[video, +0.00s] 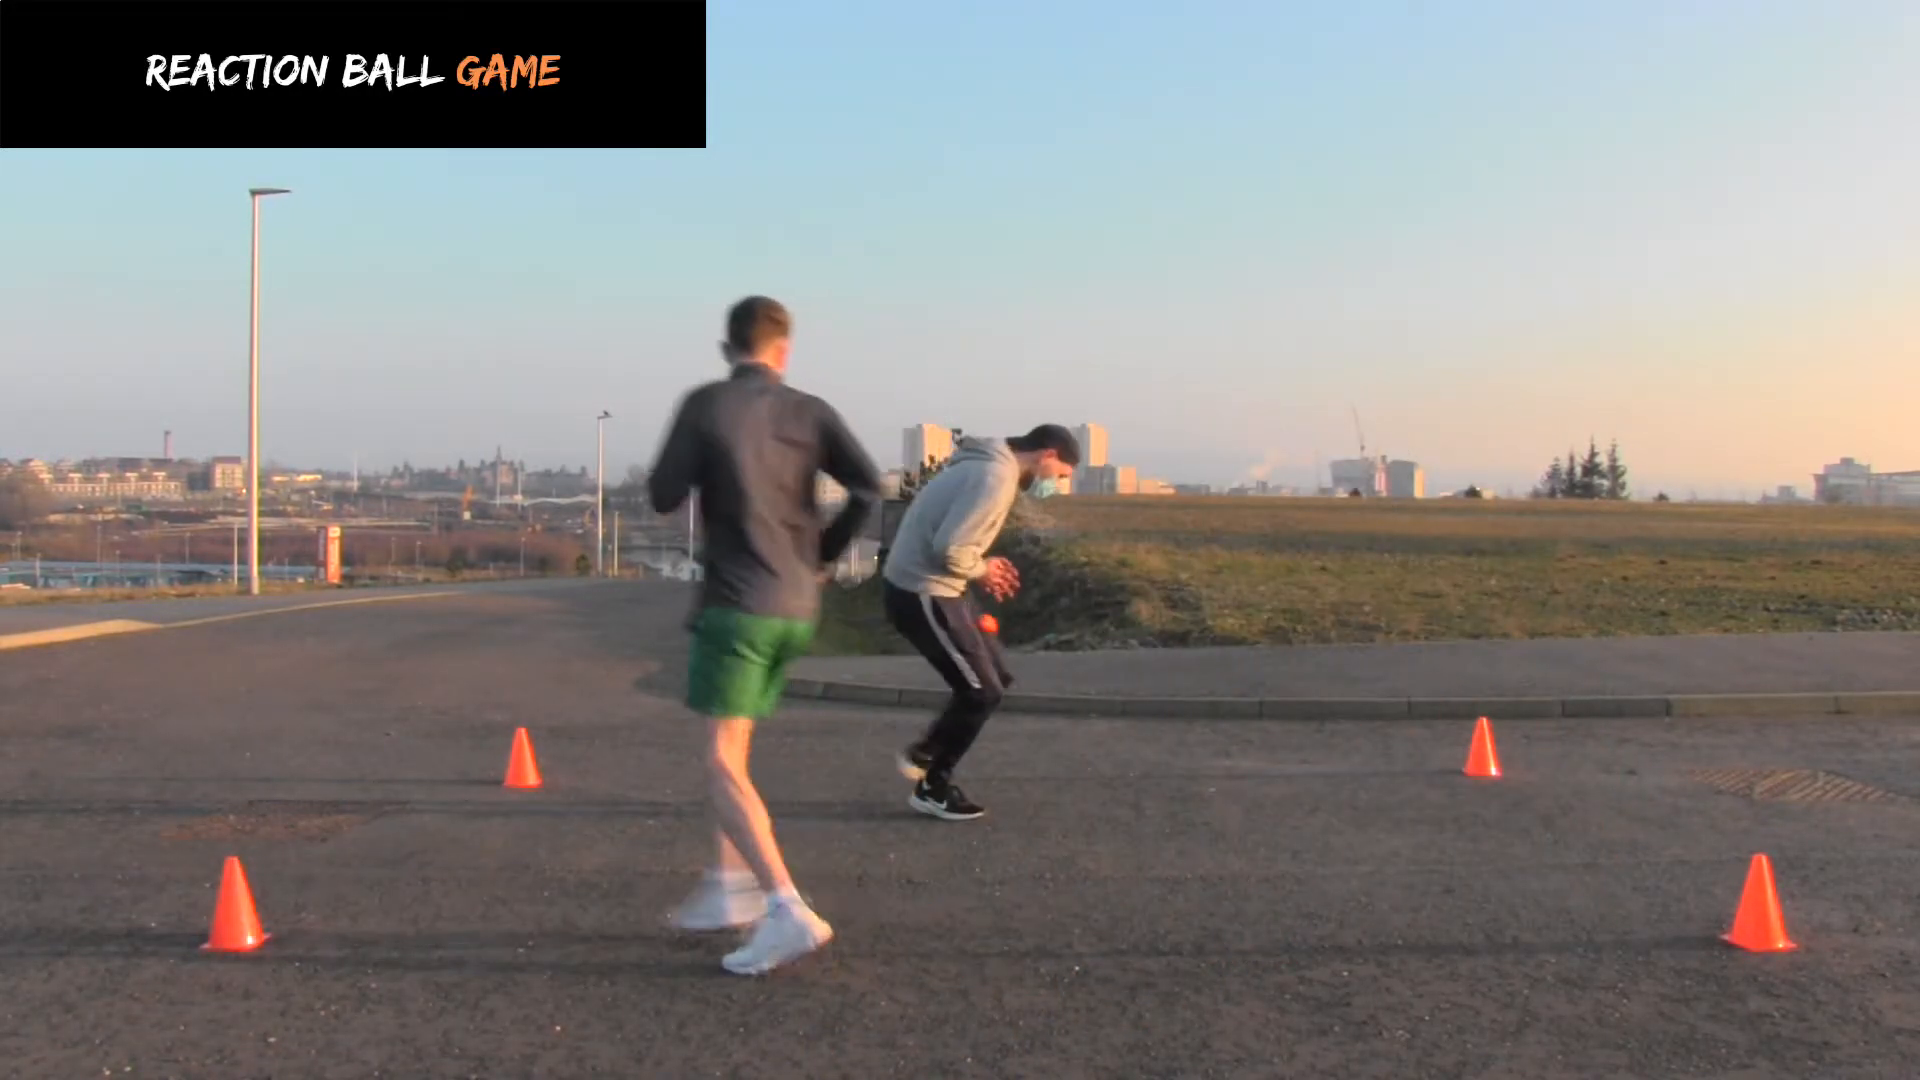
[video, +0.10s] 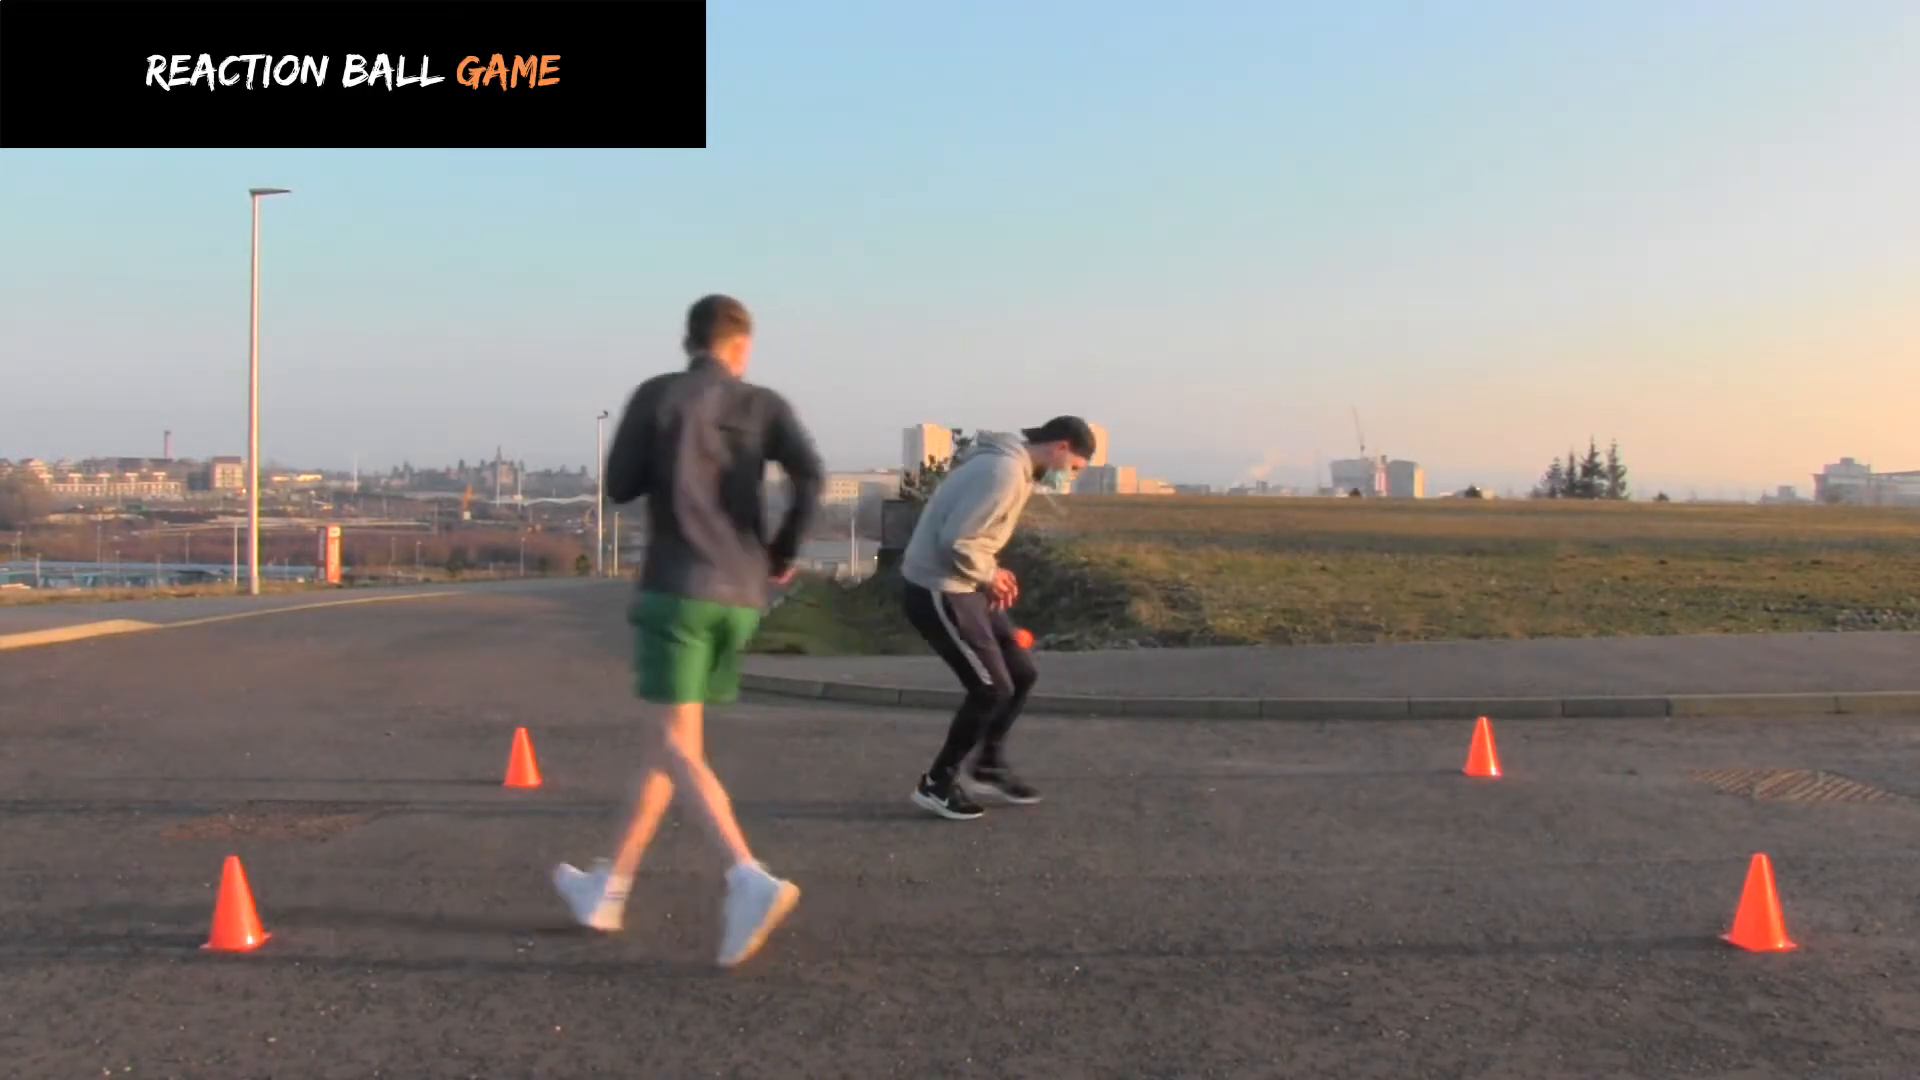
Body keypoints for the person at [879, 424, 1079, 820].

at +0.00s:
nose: (1058, 482)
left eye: (1063, 476)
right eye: (1062, 472)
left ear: (1045, 453)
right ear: (1047, 455)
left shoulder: (1000, 471)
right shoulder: (993, 474)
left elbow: (950, 540)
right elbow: (948, 547)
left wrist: (981, 566)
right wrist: (980, 569)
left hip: (939, 588)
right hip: (918, 590)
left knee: (996, 680)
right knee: (981, 692)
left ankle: (923, 754)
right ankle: (934, 786)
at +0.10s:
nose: (1075, 471)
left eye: (1080, 465)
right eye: (1078, 462)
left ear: (1059, 446)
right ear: (1060, 446)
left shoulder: (1018, 471)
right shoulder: (1004, 469)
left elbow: (970, 538)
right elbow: (957, 542)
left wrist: (991, 575)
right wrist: (991, 573)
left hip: (962, 585)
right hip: (935, 586)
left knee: (1021, 676)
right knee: (992, 689)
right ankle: (937, 783)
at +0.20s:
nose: (1093, 483)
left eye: (1099, 478)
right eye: (1096, 474)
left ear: (1084, 455)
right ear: (1082, 452)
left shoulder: (1049, 481)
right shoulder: (1017, 470)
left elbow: (1018, 542)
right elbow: (969, 541)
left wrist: (1017, 579)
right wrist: (1002, 587)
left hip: (991, 586)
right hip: (956, 586)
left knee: (1038, 681)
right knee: (1005, 691)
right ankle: (940, 781)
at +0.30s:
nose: (1106, 495)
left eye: (1113, 490)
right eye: (1108, 486)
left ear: (1097, 466)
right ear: (1094, 462)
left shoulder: (1072, 492)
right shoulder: (1028, 475)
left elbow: (1046, 545)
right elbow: (976, 544)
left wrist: (1043, 584)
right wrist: (1013, 591)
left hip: (1015, 588)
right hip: (969, 585)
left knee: (1057, 682)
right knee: (1016, 694)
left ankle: (1050, 781)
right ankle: (946, 778)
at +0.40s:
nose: (1129, 503)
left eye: (1137, 499)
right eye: (1131, 493)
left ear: (1117, 472)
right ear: (1115, 469)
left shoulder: (1100, 501)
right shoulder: (1046, 479)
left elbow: (1086, 556)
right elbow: (995, 543)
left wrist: (1085, 601)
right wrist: (1024, 596)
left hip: (1035, 587)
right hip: (987, 581)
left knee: (1076, 680)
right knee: (1020, 692)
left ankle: (1052, 779)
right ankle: (948, 777)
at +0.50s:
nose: (1150, 502)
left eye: (1157, 498)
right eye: (1151, 493)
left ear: (1138, 472)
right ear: (1135, 469)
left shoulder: (1122, 501)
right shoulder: (1069, 473)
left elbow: (1111, 563)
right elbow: (1011, 535)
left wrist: (1117, 615)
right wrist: (1036, 596)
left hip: (1048, 584)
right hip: (1003, 575)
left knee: (1080, 683)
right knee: (1035, 687)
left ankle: (1052, 780)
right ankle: (960, 770)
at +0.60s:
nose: (1177, 507)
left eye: (1184, 502)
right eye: (1178, 498)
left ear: (1164, 478)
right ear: (1160, 474)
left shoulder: (1151, 508)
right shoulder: (1094, 472)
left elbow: (1144, 576)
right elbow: (1034, 531)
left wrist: (1157, 643)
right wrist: (1059, 591)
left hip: (1073, 580)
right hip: (1026, 570)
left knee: (1095, 680)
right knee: (1069, 669)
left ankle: (1054, 778)